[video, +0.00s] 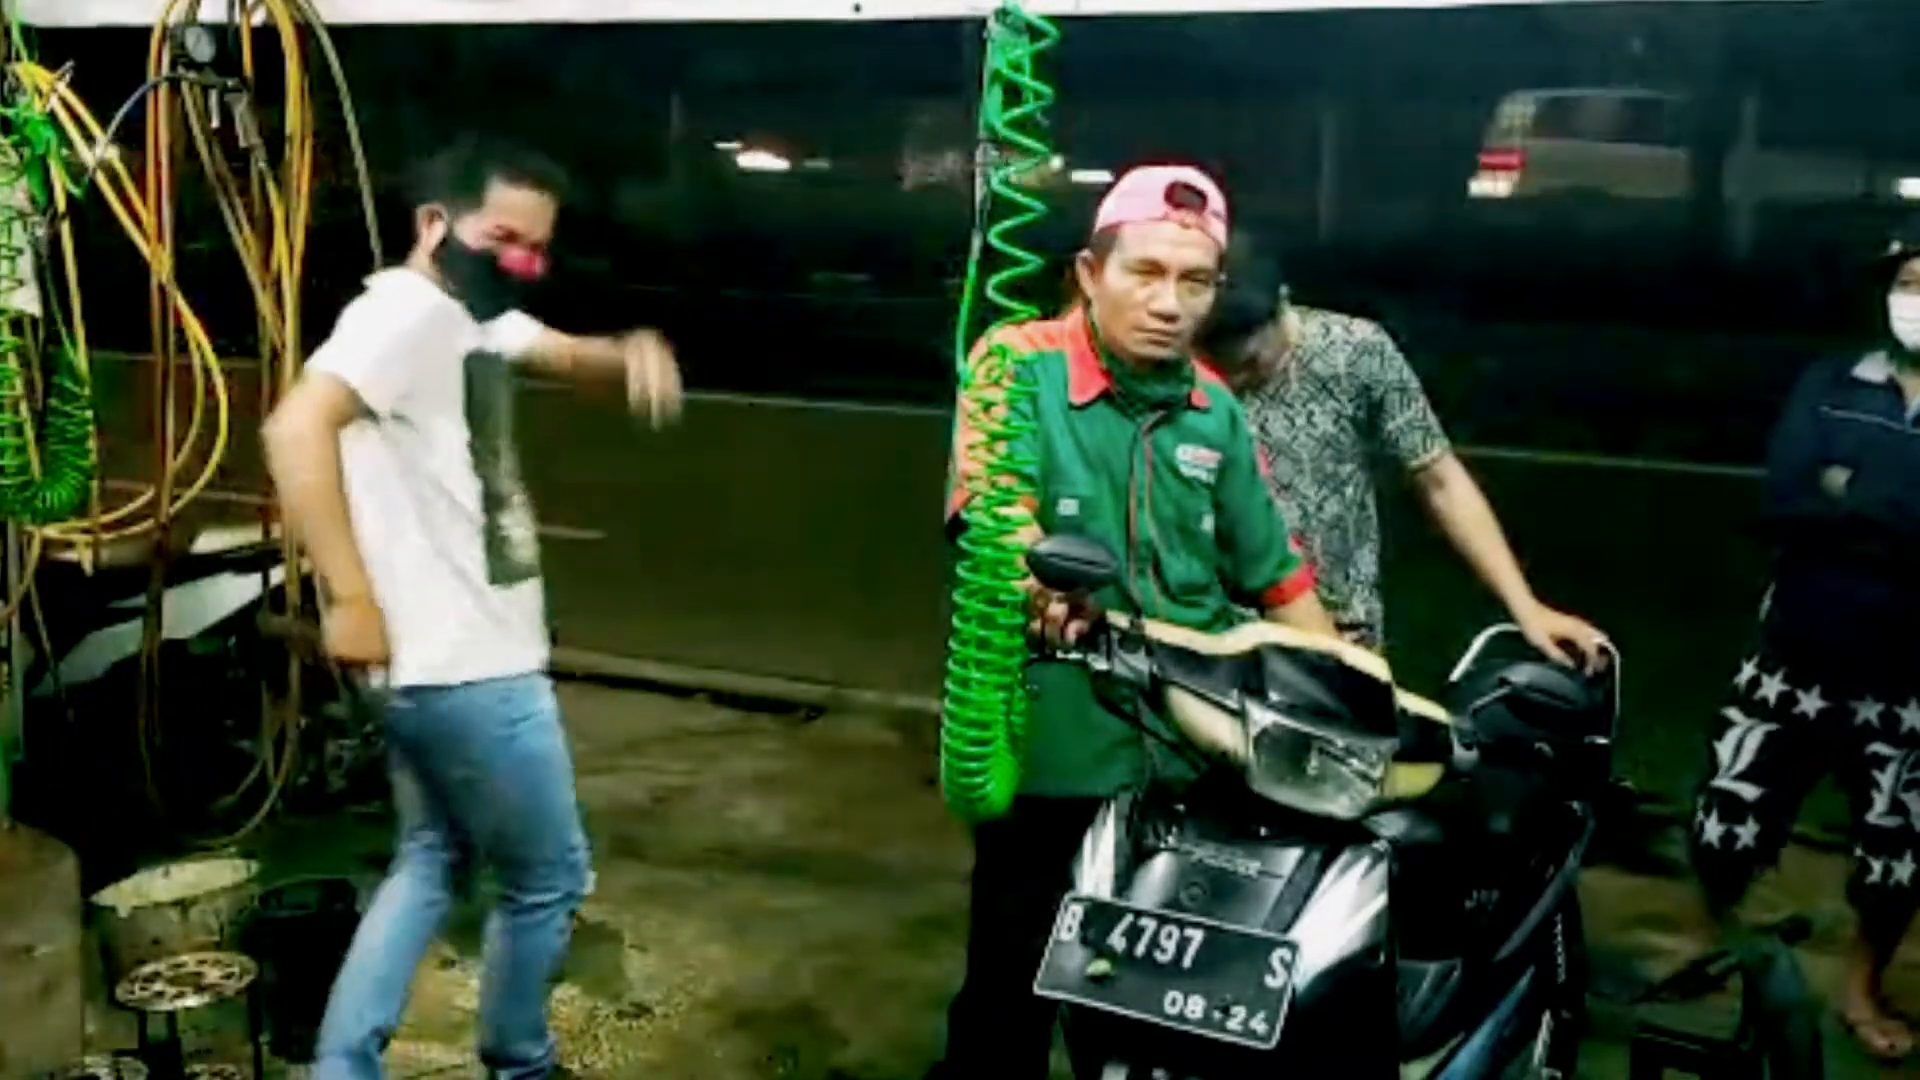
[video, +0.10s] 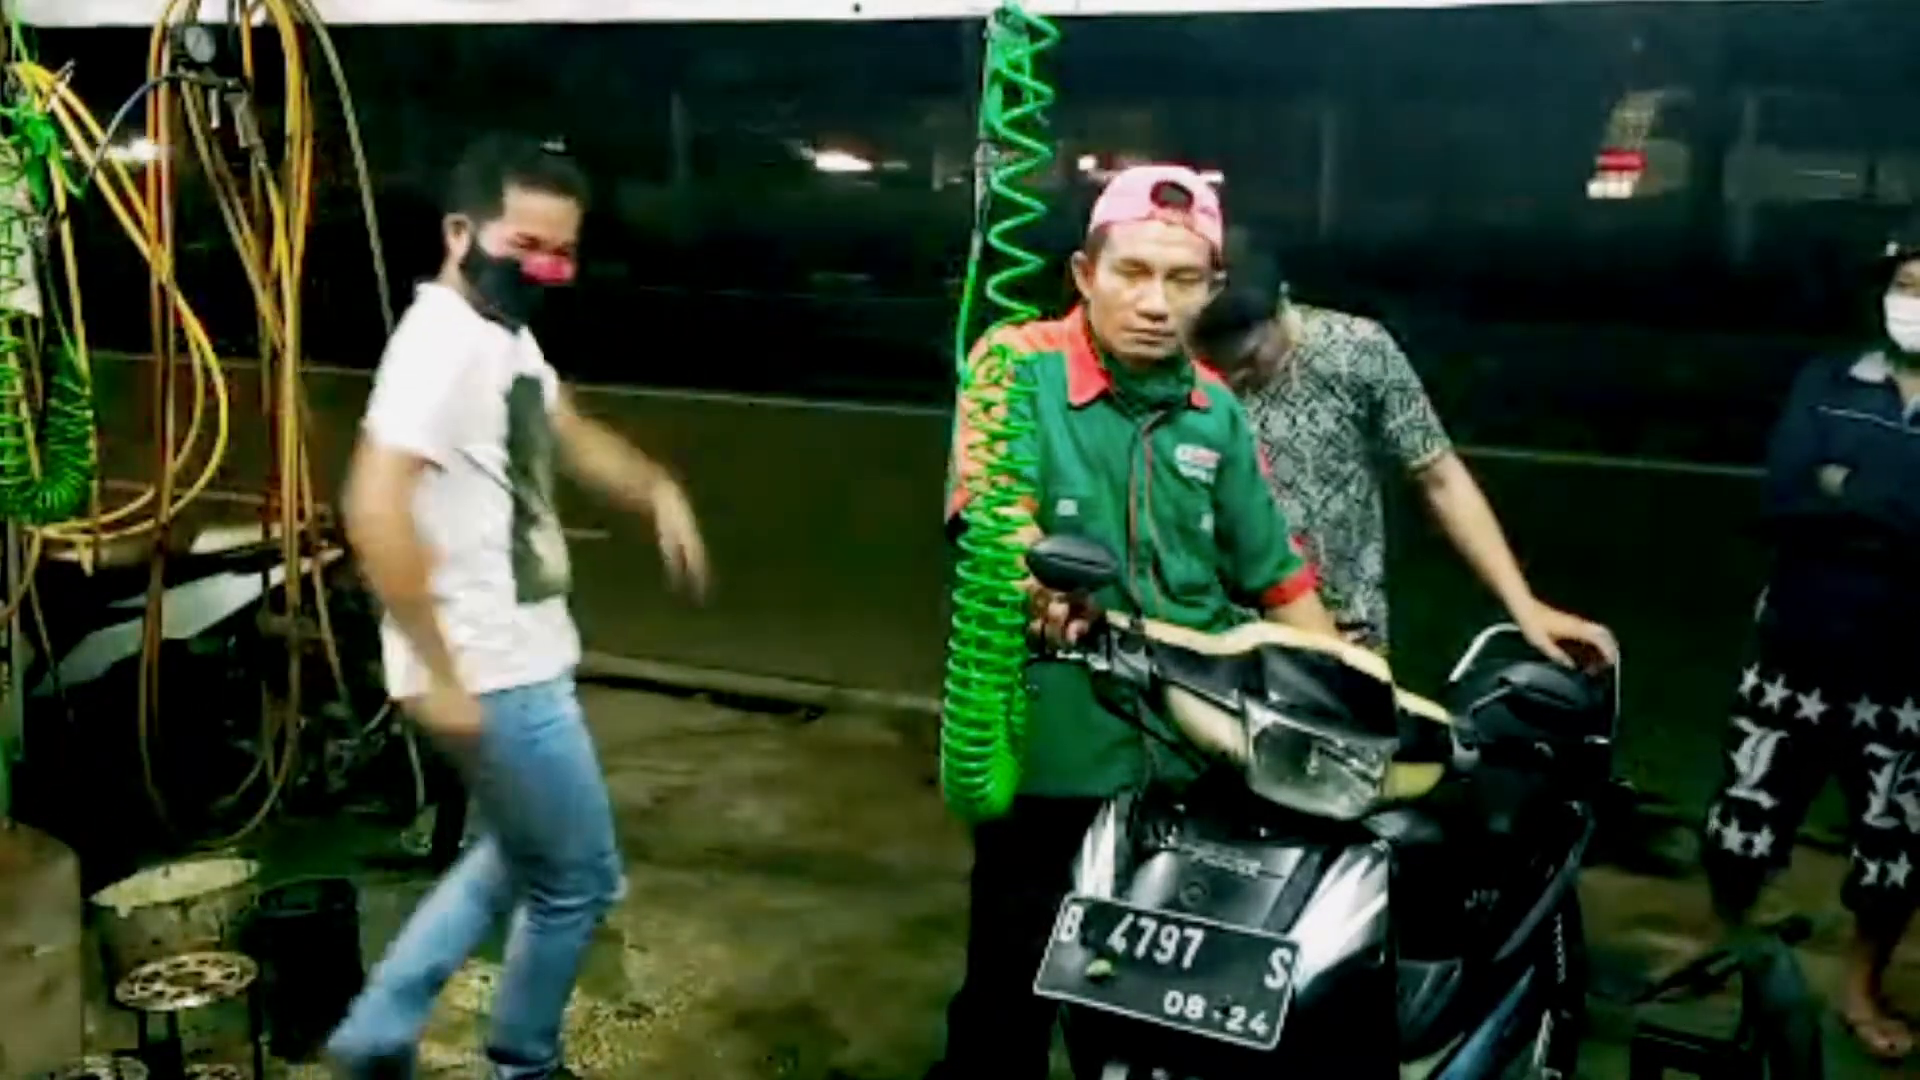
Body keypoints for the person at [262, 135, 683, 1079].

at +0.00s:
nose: (524, 268)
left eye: (537, 249)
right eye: (505, 243)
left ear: (546, 238)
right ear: (435, 228)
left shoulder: (467, 314)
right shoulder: (406, 308)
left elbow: (566, 354)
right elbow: (295, 429)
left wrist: (630, 353)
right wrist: (352, 598)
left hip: (431, 670)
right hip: (471, 670)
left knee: (432, 860)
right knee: (545, 881)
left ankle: (344, 1061)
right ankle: (518, 1061)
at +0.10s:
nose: (553, 271)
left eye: (566, 251)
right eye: (532, 246)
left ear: (576, 244)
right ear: (463, 235)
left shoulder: (503, 330)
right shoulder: (439, 337)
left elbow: (566, 431)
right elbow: (375, 507)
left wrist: (655, 490)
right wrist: (434, 663)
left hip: (523, 659)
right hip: (492, 672)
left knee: (507, 856)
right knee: (578, 881)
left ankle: (369, 1042)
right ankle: (522, 1060)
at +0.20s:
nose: (571, 280)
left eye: (586, 261)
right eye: (550, 255)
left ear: (599, 264)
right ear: (487, 250)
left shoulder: (516, 362)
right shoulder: (472, 367)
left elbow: (551, 530)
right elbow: (461, 541)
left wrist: (632, 610)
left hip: (545, 668)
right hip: (491, 687)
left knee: (633, 821)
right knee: (596, 887)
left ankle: (466, 975)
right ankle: (526, 1058)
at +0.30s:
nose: (585, 280)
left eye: (598, 261)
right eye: (564, 256)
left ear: (607, 261)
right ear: (499, 254)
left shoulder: (524, 355)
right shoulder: (486, 361)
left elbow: (523, 521)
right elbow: (508, 520)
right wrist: (678, 545)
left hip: (560, 666)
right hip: (505, 685)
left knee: (657, 810)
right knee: (607, 888)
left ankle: (543, 975)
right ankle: (527, 1055)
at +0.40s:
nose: (596, 267)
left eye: (611, 250)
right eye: (576, 243)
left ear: (621, 251)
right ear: (517, 243)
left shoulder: (549, 334)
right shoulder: (499, 329)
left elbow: (544, 474)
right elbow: (561, 458)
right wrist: (708, 423)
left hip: (582, 652)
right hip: (526, 669)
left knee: (655, 814)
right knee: (602, 880)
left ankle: (633, 996)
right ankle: (524, 1056)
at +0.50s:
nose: (619, 253)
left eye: (632, 235)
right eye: (600, 230)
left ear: (640, 233)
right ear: (540, 227)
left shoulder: (573, 321)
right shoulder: (513, 313)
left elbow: (578, 454)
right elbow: (569, 428)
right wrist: (701, 388)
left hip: (602, 643)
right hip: (542, 657)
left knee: (653, 819)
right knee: (595, 863)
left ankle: (637, 998)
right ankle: (524, 1056)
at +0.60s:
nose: (630, 244)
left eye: (644, 225)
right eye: (611, 222)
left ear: (653, 225)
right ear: (554, 218)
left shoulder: (594, 308)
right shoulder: (525, 312)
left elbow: (588, 443)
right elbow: (547, 455)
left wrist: (691, 427)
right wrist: (695, 427)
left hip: (613, 631)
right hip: (548, 644)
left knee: (652, 813)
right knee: (585, 854)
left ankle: (637, 998)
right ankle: (525, 1059)